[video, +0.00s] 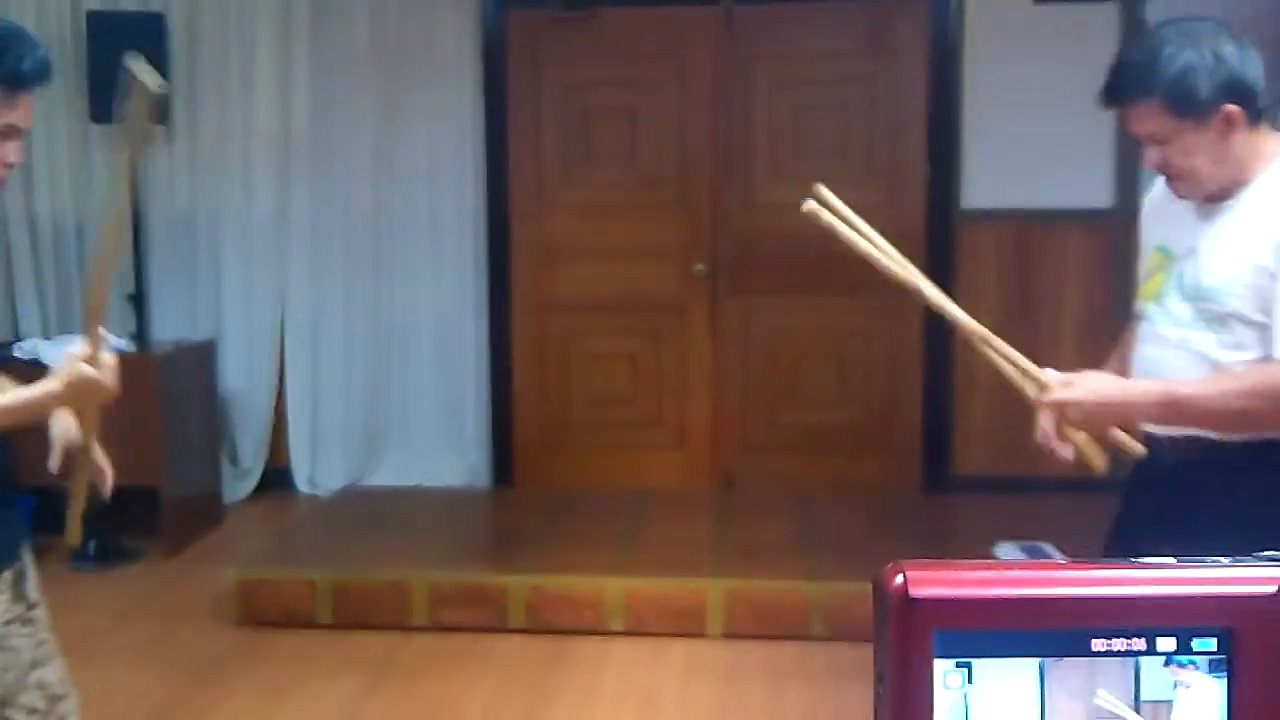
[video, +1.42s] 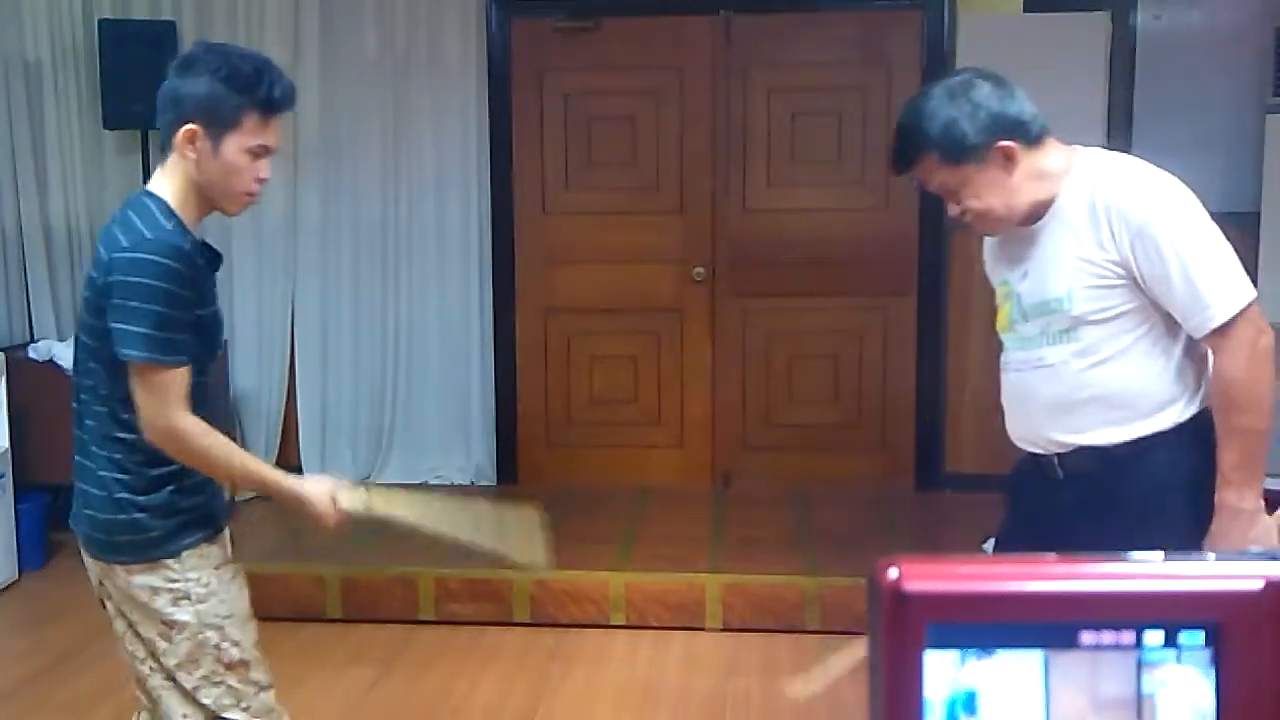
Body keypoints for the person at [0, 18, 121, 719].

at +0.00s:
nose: (15, 155)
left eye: (19, 135)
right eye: (7, 135)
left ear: (21, 126)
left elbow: (1, 379)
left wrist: (51, 402)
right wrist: (56, 390)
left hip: (10, 541)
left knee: (43, 702)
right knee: (39, 702)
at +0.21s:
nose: (76, 155)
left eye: (81, 135)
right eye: (63, 132)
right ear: (4, 121)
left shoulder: (21, 248)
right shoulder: (11, 251)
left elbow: (14, 401)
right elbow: (6, 417)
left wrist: (67, 475)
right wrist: (132, 445)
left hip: (52, 554)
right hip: (18, 568)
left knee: (82, 708)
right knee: (43, 711)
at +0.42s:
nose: (135, 156)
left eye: (141, 138)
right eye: (123, 135)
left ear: (56, 125)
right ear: (55, 121)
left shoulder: (37, 224)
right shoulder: (26, 235)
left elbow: (39, 401)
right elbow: (24, 410)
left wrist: (152, 454)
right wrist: (172, 452)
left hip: (40, 543)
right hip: (55, 550)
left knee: (55, 705)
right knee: (139, 707)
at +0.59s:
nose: (187, 165)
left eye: (192, 145)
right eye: (175, 143)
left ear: (106, 135)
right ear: (109, 131)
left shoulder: (44, 221)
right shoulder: (85, 244)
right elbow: (99, 419)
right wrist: (229, 490)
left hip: (36, 537)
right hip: (87, 549)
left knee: (68, 708)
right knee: (162, 708)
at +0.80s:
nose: (260, 170)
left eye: (264, 152)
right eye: (250, 149)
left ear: (181, 137)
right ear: (185, 134)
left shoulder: (90, 226)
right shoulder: (166, 259)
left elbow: (44, 357)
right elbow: (193, 437)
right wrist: (283, 550)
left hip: (78, 531)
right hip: (152, 544)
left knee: (106, 707)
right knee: (239, 705)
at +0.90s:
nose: (290, 167)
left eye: (295, 148)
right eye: (281, 146)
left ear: (212, 132)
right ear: (218, 131)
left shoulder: (125, 213)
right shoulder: (194, 252)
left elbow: (110, 382)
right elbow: (205, 432)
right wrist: (285, 548)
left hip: (95, 515)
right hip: (166, 535)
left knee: (125, 708)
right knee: (241, 708)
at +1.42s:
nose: (265, 174)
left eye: (269, 155)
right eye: (255, 154)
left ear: (195, 146)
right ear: (193, 143)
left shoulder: (169, 237)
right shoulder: (154, 250)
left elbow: (180, 405)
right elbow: (165, 420)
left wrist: (230, 477)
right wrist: (294, 489)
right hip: (155, 533)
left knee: (173, 705)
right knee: (238, 707)